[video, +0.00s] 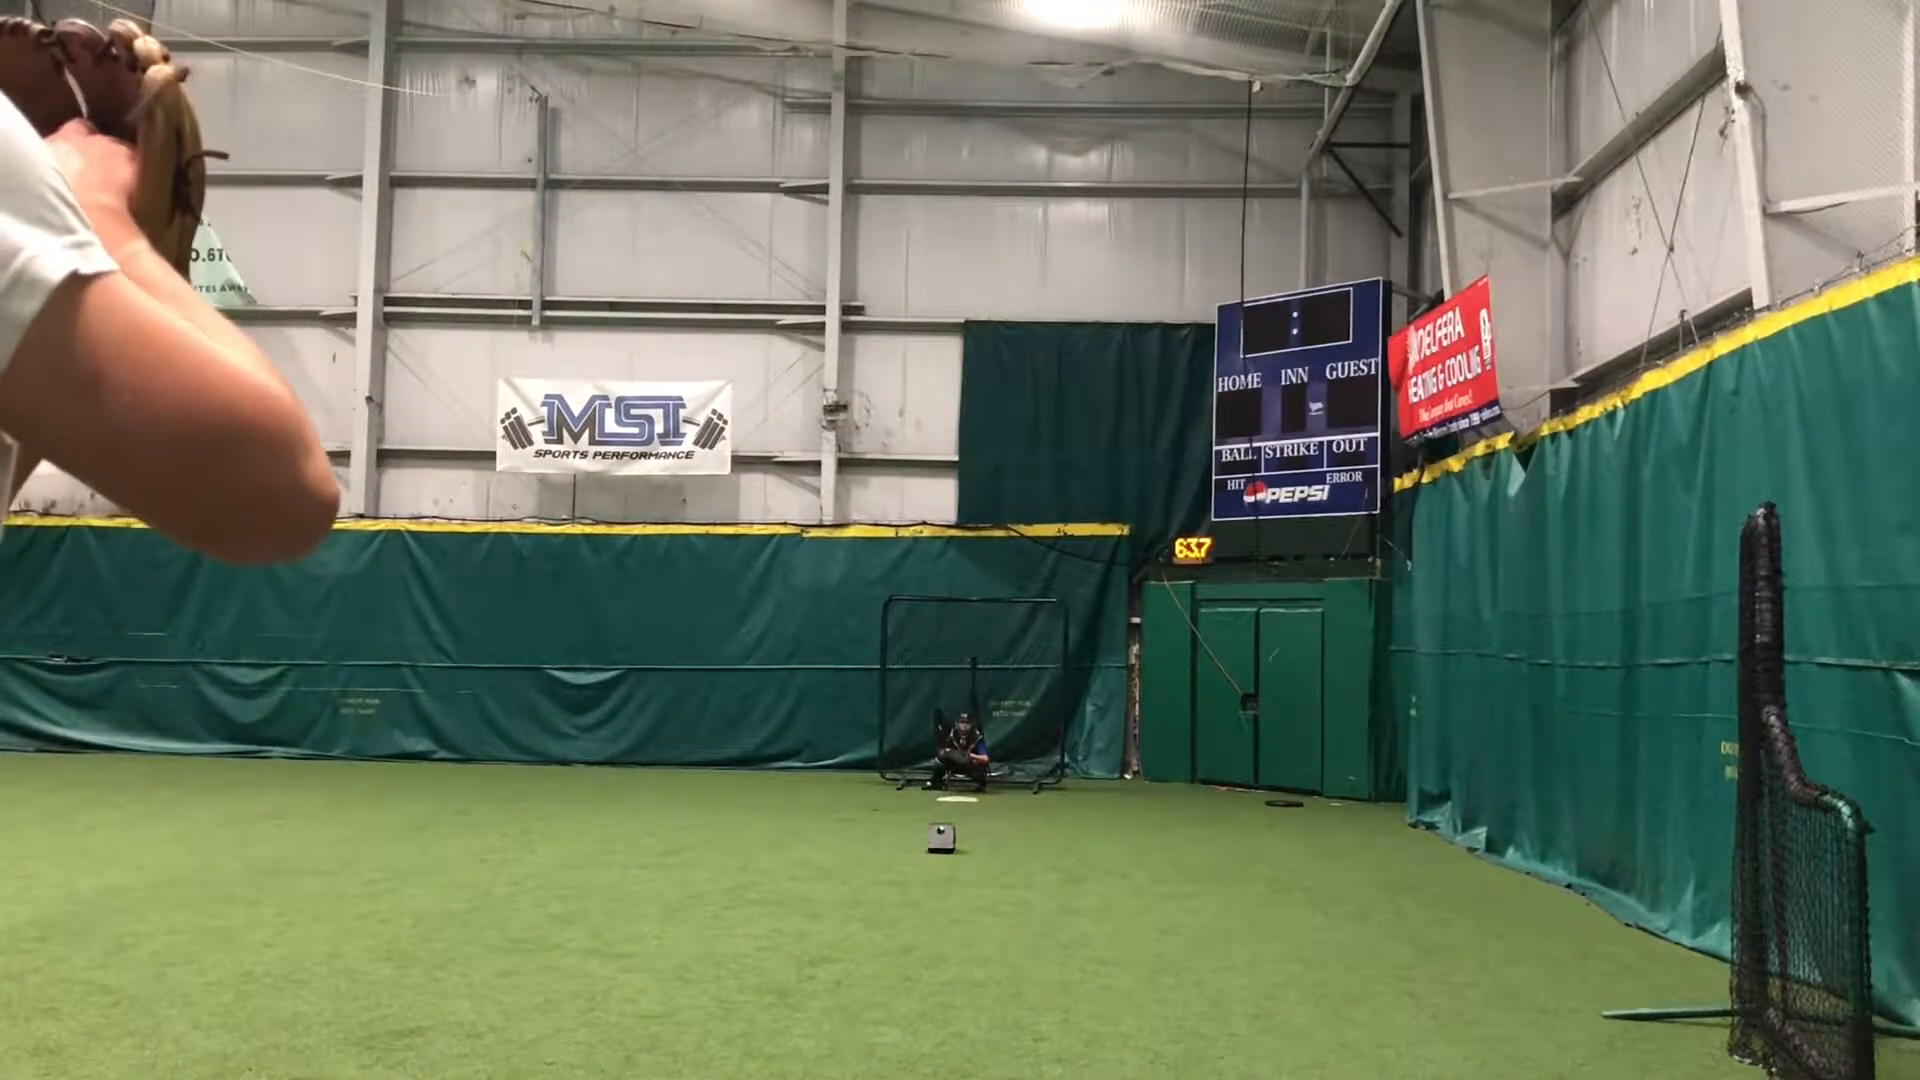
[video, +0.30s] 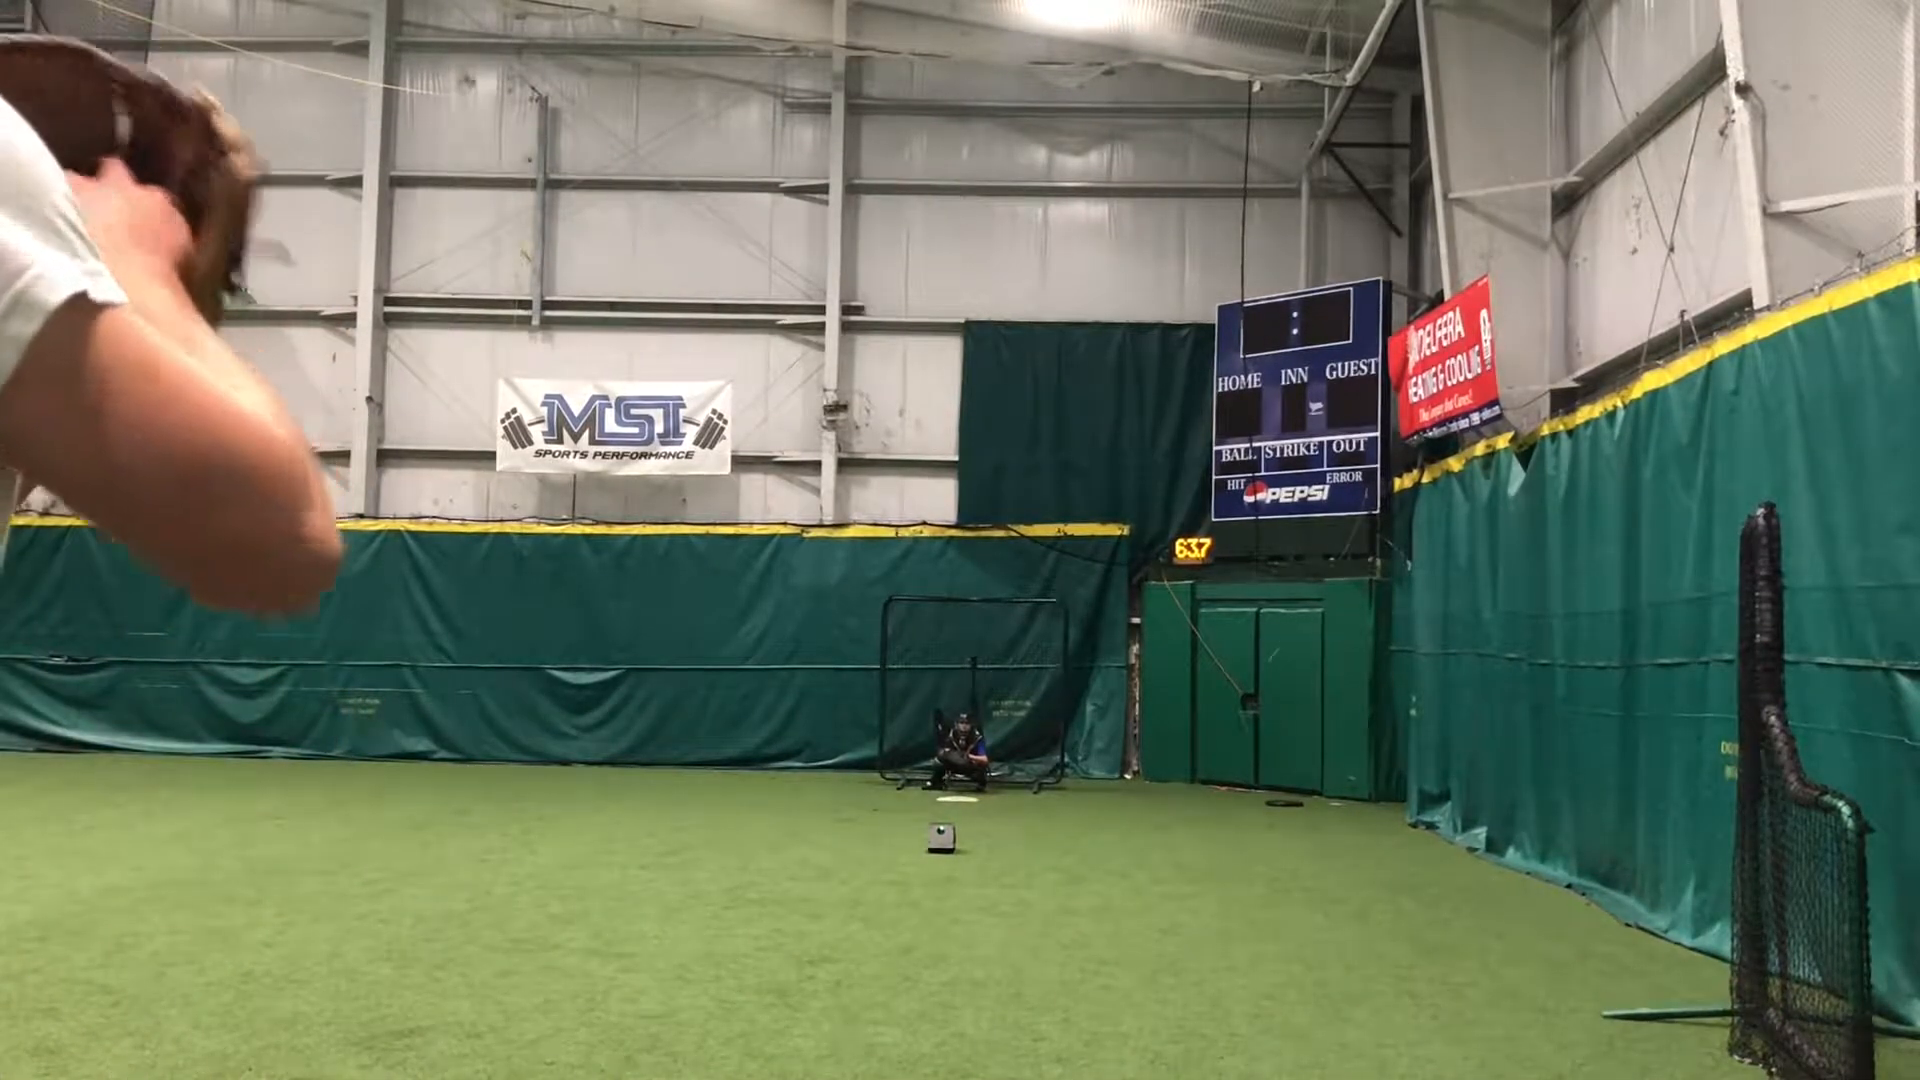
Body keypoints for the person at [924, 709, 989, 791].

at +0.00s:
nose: (964, 726)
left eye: (967, 723)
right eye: (961, 723)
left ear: (971, 725)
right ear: (957, 724)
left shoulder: (977, 738)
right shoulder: (950, 735)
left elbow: (985, 759)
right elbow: (941, 752)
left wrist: (971, 756)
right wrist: (948, 753)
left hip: (971, 764)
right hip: (953, 762)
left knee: (978, 774)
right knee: (940, 762)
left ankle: (981, 784)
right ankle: (936, 782)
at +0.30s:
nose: (964, 727)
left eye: (967, 723)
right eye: (961, 723)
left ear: (971, 725)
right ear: (956, 725)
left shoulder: (977, 738)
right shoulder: (950, 736)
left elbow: (984, 760)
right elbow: (941, 752)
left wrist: (970, 757)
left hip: (971, 764)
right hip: (953, 763)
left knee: (979, 773)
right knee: (939, 763)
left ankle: (981, 785)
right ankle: (936, 783)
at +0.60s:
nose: (963, 727)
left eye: (966, 724)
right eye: (960, 724)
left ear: (970, 726)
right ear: (956, 725)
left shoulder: (977, 738)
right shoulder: (951, 735)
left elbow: (984, 759)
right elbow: (942, 751)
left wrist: (969, 757)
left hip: (971, 764)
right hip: (954, 762)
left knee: (979, 773)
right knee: (939, 764)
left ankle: (981, 785)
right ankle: (936, 783)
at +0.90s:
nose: (963, 727)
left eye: (966, 724)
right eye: (960, 724)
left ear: (970, 726)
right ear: (956, 725)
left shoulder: (977, 738)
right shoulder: (950, 735)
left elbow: (984, 759)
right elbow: (944, 750)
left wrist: (969, 757)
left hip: (970, 765)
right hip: (953, 764)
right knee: (941, 757)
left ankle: (981, 784)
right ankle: (936, 782)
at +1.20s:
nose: (961, 727)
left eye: (964, 724)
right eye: (958, 724)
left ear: (968, 726)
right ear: (954, 726)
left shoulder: (975, 738)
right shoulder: (949, 735)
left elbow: (983, 760)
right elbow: (943, 749)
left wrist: (967, 758)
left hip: (969, 765)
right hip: (952, 764)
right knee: (941, 755)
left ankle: (981, 783)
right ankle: (935, 782)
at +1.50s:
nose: (959, 728)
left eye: (962, 725)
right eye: (957, 724)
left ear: (967, 726)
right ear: (952, 726)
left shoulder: (974, 739)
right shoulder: (946, 736)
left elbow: (981, 761)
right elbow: (940, 752)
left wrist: (966, 760)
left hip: (966, 766)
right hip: (950, 764)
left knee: (975, 776)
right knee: (938, 760)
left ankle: (981, 783)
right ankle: (935, 782)